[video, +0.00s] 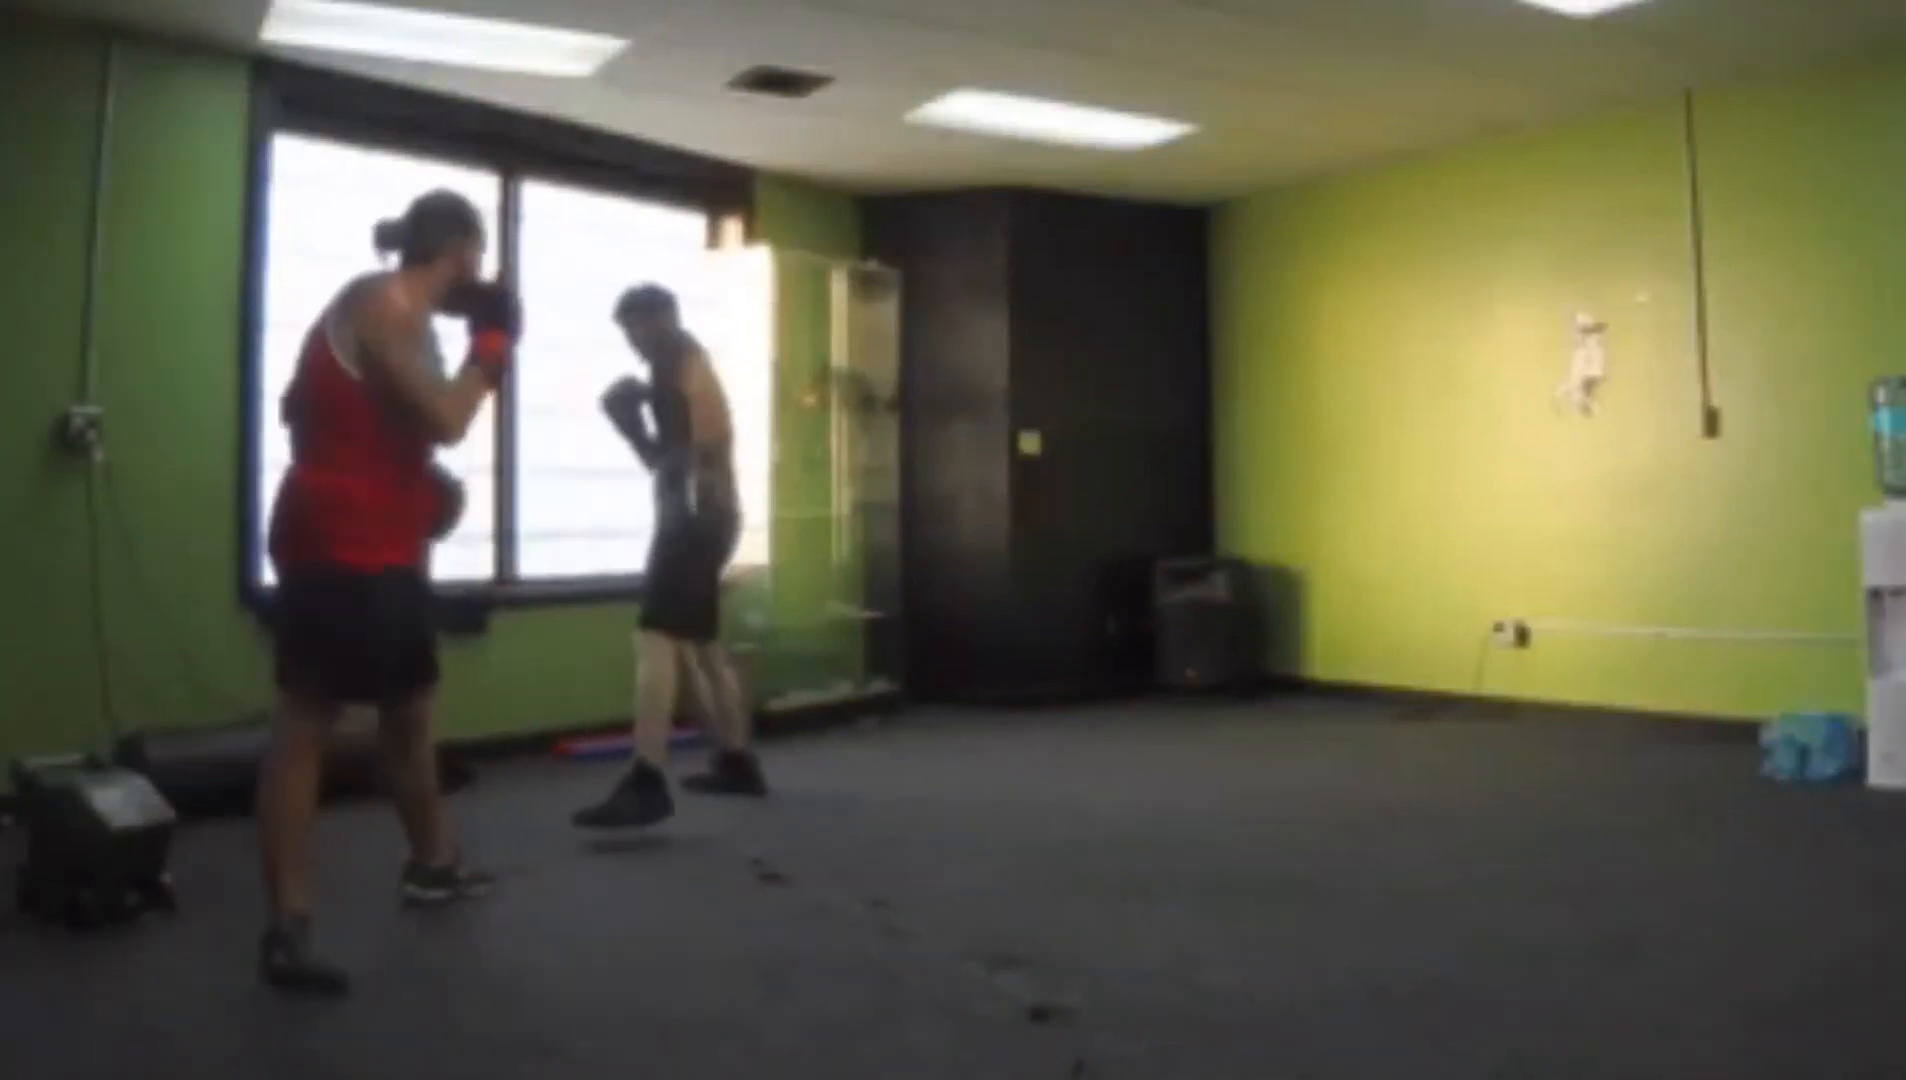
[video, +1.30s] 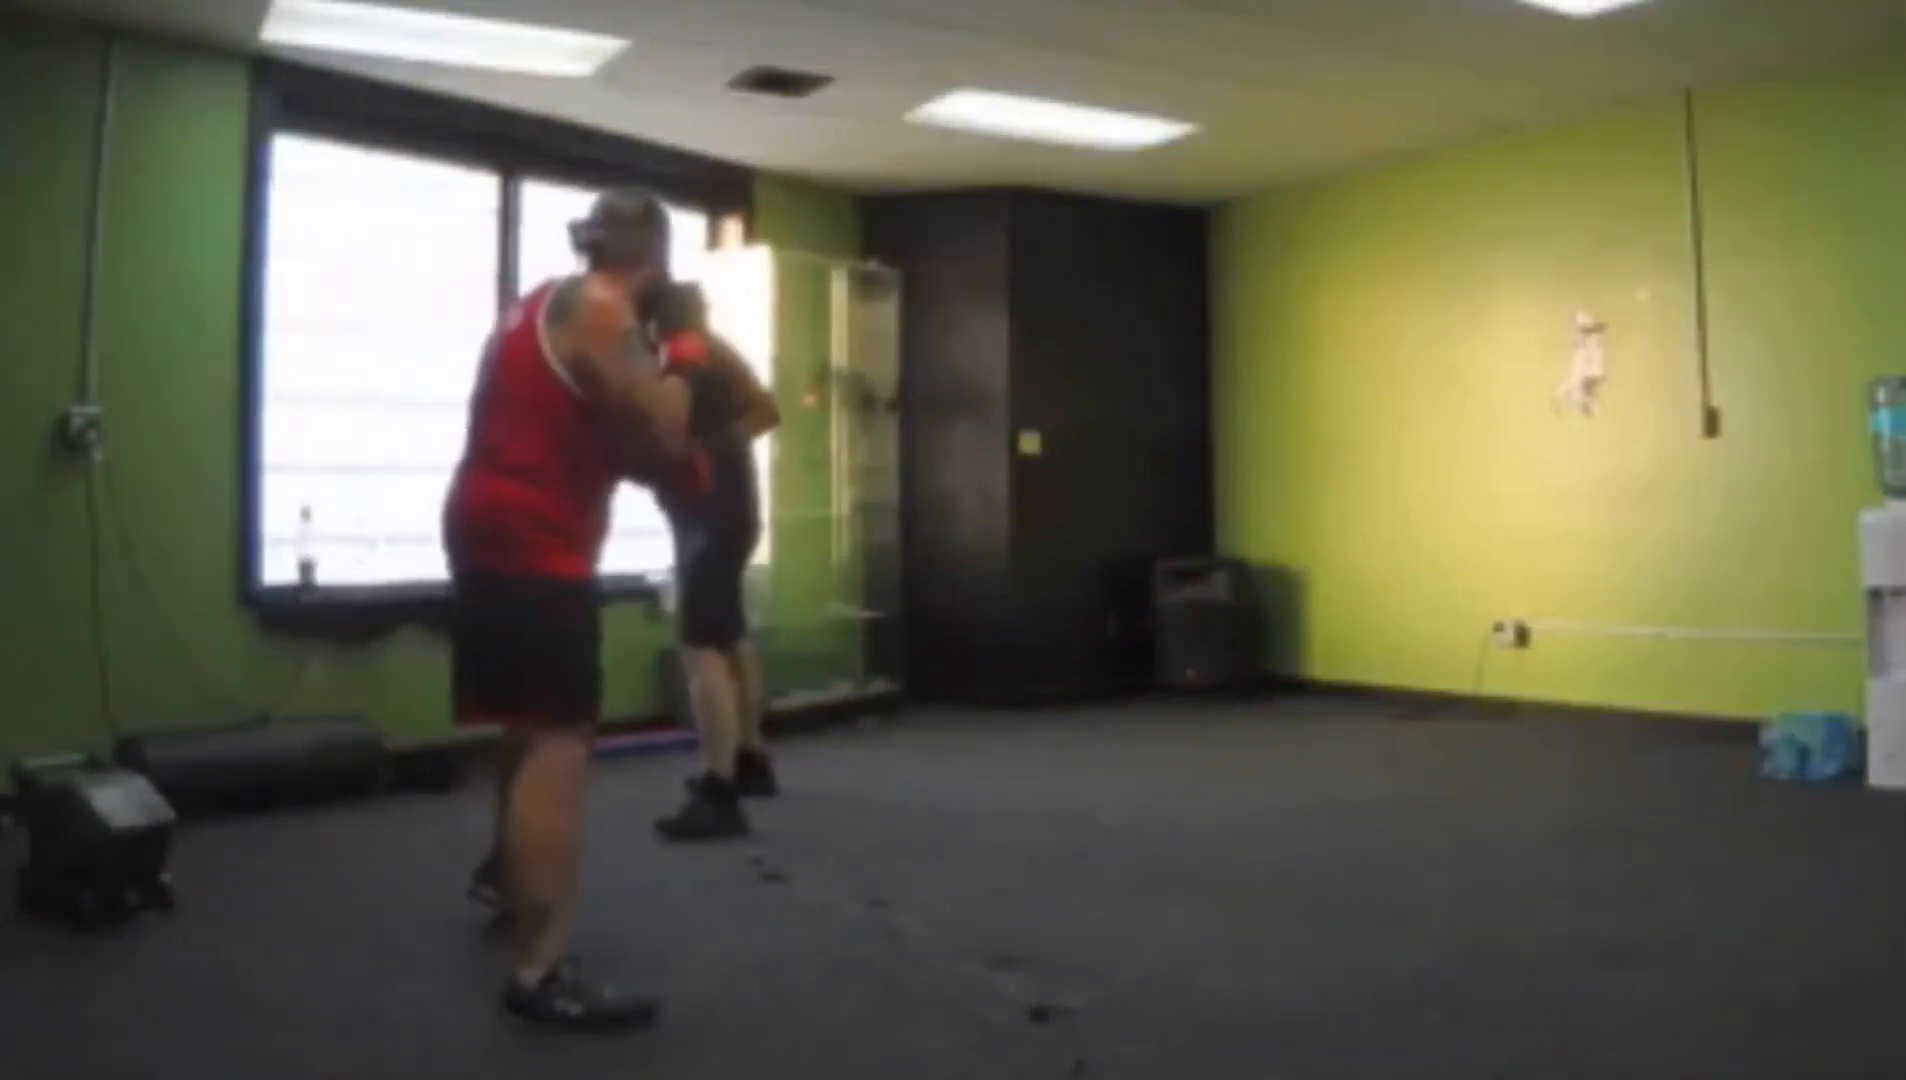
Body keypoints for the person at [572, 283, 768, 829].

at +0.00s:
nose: (634, 342)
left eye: (638, 331)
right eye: (629, 333)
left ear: (662, 321)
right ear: (644, 327)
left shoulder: (683, 366)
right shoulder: (673, 369)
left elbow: (688, 448)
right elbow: (663, 456)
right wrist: (631, 419)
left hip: (696, 508)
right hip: (695, 506)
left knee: (657, 636)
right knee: (700, 641)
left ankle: (648, 775)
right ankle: (736, 758)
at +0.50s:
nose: (624, 327)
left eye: (630, 315)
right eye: (624, 315)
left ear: (657, 312)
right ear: (665, 309)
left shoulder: (679, 362)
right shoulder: (701, 352)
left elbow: (625, 429)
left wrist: (602, 391)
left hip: (715, 527)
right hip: (726, 521)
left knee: (714, 653)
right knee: (724, 647)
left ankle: (715, 788)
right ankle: (738, 759)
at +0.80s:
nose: (639, 326)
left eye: (641, 313)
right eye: (633, 316)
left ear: (654, 305)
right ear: (640, 312)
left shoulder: (679, 346)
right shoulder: (653, 356)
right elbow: (608, 402)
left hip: (733, 518)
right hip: (716, 518)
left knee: (722, 651)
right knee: (725, 647)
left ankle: (719, 787)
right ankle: (739, 757)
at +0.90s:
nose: (632, 320)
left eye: (635, 308)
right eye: (627, 311)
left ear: (653, 303)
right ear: (635, 311)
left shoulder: (686, 340)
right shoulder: (653, 353)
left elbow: (721, 396)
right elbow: (637, 420)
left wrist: (649, 380)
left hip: (736, 516)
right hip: (711, 517)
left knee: (723, 649)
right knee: (725, 645)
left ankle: (719, 788)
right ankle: (745, 752)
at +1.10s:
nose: (627, 330)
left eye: (631, 316)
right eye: (622, 319)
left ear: (651, 304)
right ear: (649, 304)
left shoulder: (692, 343)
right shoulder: (645, 361)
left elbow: (754, 402)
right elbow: (637, 428)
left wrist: (703, 437)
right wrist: (650, 445)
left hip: (731, 517)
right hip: (701, 519)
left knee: (717, 649)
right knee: (727, 645)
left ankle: (719, 787)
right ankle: (747, 755)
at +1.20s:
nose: (635, 325)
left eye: (637, 314)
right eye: (636, 314)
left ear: (648, 312)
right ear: (675, 304)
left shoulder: (688, 351)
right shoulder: (684, 351)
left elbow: (761, 409)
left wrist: (710, 445)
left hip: (718, 514)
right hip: (710, 512)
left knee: (711, 652)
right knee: (725, 647)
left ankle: (718, 788)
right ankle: (748, 756)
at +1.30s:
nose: (644, 330)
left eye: (647, 319)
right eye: (650, 318)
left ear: (658, 319)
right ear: (690, 312)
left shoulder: (685, 356)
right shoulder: (713, 351)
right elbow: (764, 411)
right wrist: (715, 438)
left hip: (710, 518)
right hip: (723, 515)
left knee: (703, 649)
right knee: (726, 643)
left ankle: (718, 786)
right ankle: (747, 756)